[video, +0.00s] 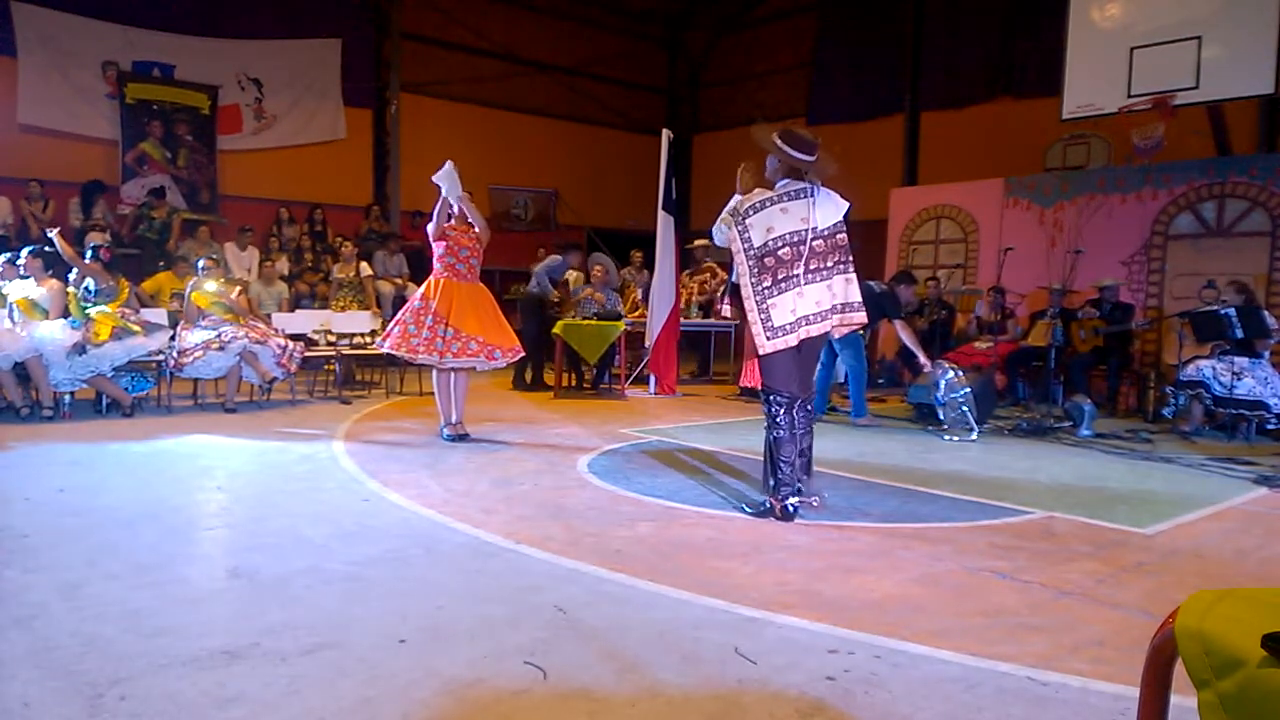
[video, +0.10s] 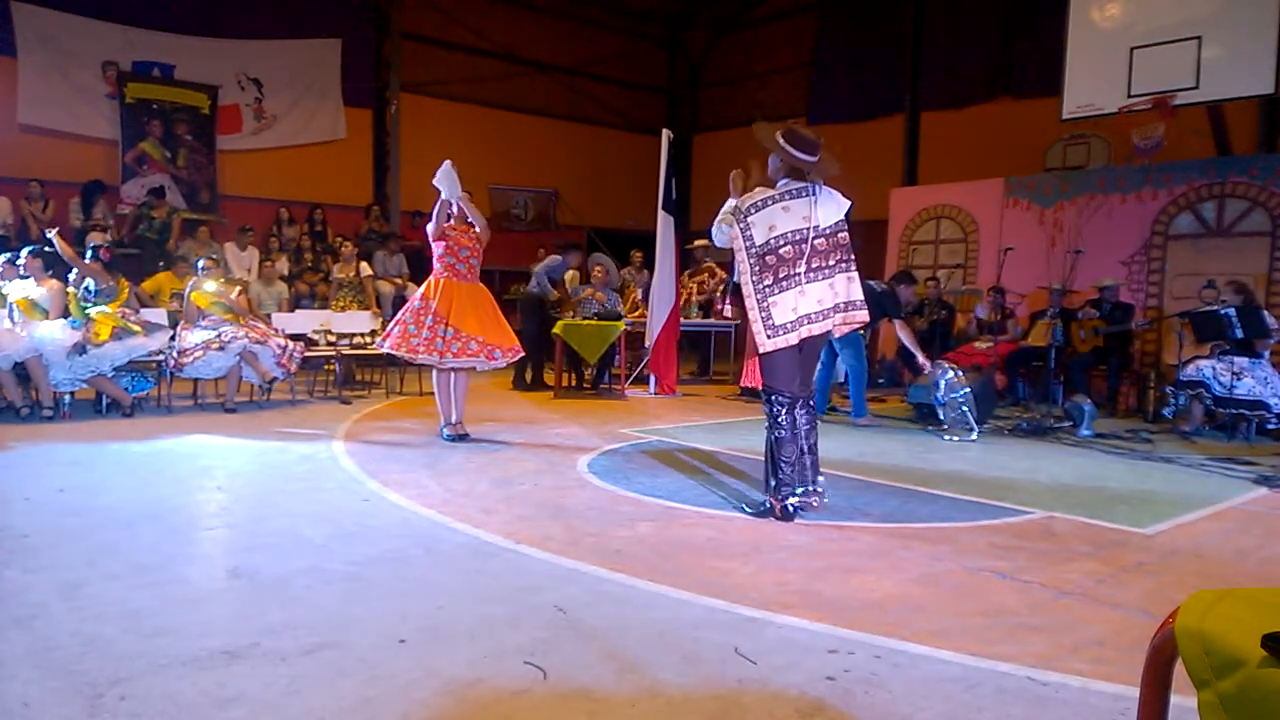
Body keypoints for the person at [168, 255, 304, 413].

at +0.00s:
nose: (205, 273)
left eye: (210, 269)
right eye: (202, 270)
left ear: (220, 270)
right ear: (198, 273)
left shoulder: (234, 288)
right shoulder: (196, 292)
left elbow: (245, 313)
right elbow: (191, 319)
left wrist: (227, 299)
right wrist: (189, 293)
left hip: (233, 327)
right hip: (207, 329)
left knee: (236, 357)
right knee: (238, 341)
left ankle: (229, 400)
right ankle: (264, 374)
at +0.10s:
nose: (205, 273)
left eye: (210, 269)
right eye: (202, 270)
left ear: (220, 270)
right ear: (198, 273)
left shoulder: (234, 289)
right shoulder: (196, 292)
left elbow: (245, 313)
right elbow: (191, 319)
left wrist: (227, 298)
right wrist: (189, 293)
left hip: (233, 327)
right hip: (206, 329)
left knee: (236, 357)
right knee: (238, 341)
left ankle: (229, 400)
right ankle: (264, 374)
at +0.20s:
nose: (205, 273)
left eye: (210, 269)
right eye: (202, 270)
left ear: (220, 270)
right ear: (198, 273)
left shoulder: (234, 288)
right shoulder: (196, 292)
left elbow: (245, 312)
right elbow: (191, 319)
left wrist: (226, 298)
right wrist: (189, 293)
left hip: (233, 327)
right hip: (206, 329)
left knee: (236, 357)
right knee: (238, 341)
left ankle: (229, 400)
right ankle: (264, 374)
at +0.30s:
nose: (205, 273)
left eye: (209, 269)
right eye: (201, 270)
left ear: (219, 270)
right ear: (198, 273)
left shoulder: (234, 289)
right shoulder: (195, 292)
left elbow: (244, 312)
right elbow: (190, 319)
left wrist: (225, 298)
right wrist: (189, 292)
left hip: (233, 327)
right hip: (207, 329)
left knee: (237, 356)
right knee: (238, 341)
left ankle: (229, 400)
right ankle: (264, 374)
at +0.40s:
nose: (204, 273)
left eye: (209, 269)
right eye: (201, 270)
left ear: (219, 270)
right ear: (197, 273)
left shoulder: (234, 289)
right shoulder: (195, 292)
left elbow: (244, 312)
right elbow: (190, 319)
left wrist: (225, 299)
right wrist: (189, 292)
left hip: (233, 327)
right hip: (206, 329)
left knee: (237, 356)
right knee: (238, 341)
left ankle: (229, 400)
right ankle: (264, 374)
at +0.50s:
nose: (204, 273)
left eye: (209, 269)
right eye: (201, 270)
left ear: (219, 270)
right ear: (197, 273)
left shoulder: (234, 289)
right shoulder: (195, 292)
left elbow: (244, 312)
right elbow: (190, 319)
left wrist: (225, 299)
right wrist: (189, 292)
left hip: (233, 327)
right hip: (206, 329)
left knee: (237, 356)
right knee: (238, 341)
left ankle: (229, 400)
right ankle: (264, 374)